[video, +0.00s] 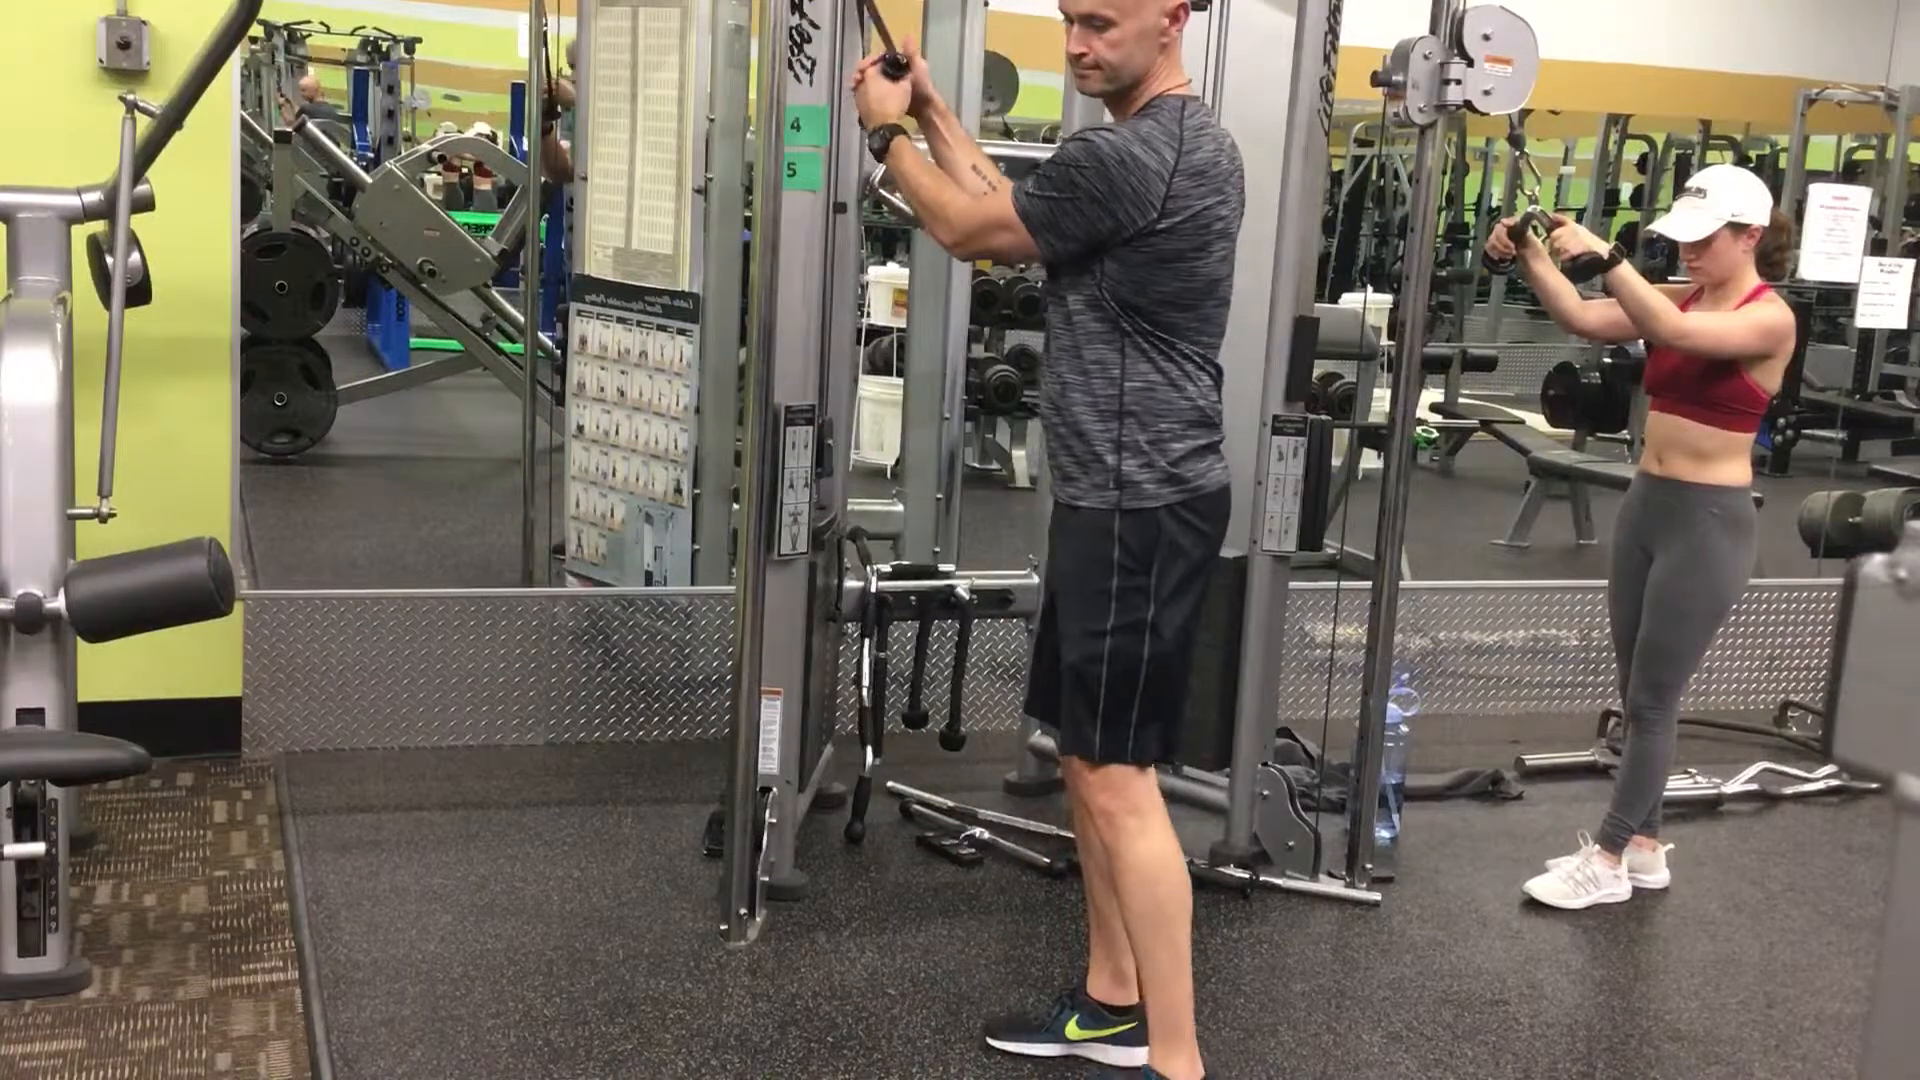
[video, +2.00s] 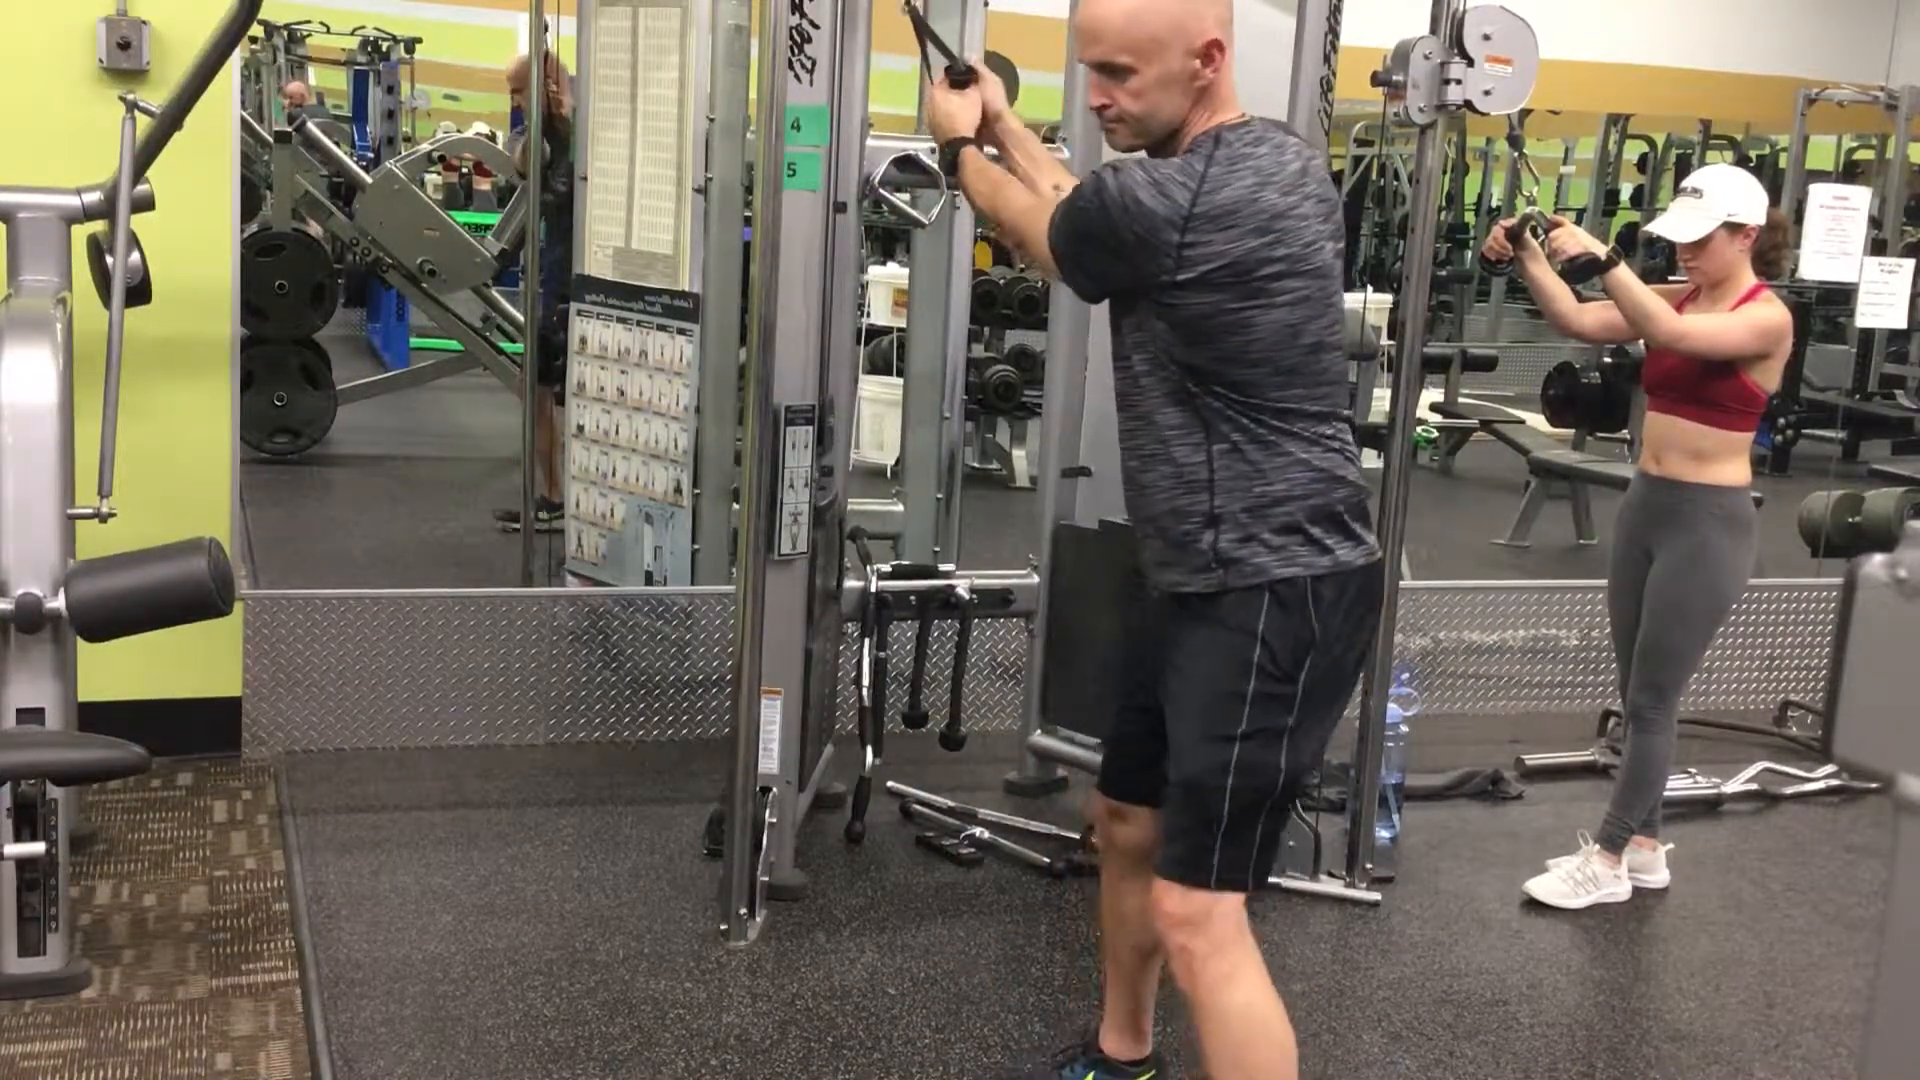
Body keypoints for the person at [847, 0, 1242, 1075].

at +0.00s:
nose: (1077, 43)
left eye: (1100, 24)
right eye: (1071, 24)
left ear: (1172, 22)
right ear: (1077, 24)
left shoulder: (1143, 152)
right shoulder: (1174, 139)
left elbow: (965, 229)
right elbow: (1017, 221)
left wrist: (887, 130)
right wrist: (938, 116)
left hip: (1136, 504)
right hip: (1120, 496)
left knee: (1121, 783)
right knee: (1091, 763)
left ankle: (1178, 1059)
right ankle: (1112, 1004)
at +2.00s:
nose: (1093, 98)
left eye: (1116, 75)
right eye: (1087, 72)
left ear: (1208, 59)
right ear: (1207, 62)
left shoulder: (1174, 202)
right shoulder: (1283, 166)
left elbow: (1040, 238)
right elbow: (1099, 226)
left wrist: (962, 146)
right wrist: (1006, 131)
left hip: (1275, 588)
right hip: (1200, 574)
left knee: (1198, 911)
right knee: (1125, 826)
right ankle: (1123, 1050)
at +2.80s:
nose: (1044, 119)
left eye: (1068, 96)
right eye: (1034, 92)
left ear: (1160, 75)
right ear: (1155, 78)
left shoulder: (1131, 238)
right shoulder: (1210, 173)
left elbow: (978, 310)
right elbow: (1026, 280)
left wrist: (855, 246)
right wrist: (886, 225)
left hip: (1250, 596)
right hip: (1193, 578)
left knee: (1166, 928)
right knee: (1115, 821)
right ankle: (1128, 1053)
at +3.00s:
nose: (1049, 155)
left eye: (1076, 128)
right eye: (1036, 125)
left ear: (1160, 98)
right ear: (1024, 99)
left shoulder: (1177, 259)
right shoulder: (1109, 205)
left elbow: (966, 404)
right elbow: (974, 344)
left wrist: (805, 367)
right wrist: (811, 340)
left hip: (1242, 603)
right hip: (1151, 587)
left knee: (1158, 929)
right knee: (1102, 833)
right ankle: (1131, 1054)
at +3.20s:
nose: (1073, 185)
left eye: (1103, 156)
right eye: (1050, 154)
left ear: (1172, 117)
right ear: (1028, 123)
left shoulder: (1222, 284)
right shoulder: (1050, 230)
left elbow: (1047, 504)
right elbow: (956, 418)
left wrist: (841, 529)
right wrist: (824, 503)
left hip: (1240, 618)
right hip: (1110, 605)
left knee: (1165, 934)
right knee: (1087, 855)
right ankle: (1127, 1053)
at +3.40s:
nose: (1102, 244)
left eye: (1131, 216)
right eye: (1077, 215)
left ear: (1184, 170)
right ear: (1044, 174)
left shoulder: (1254, 321)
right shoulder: (1012, 284)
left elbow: (1127, 571)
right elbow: (952, 487)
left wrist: (942, 680)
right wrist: (899, 656)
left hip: (1253, 626)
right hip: (1105, 606)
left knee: (1192, 933)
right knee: (1054, 858)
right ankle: (1122, 1045)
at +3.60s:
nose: (1166, 326)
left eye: (1195, 296)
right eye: (1136, 296)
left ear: (1235, 245)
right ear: (1086, 238)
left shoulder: (1297, 368)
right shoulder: (1017, 350)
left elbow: (1212, 619)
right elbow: (992, 587)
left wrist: (1076, 790)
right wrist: (1003, 758)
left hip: (1258, 640)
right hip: (1100, 623)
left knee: (1212, 947)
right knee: (1036, 868)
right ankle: (1096, 1019)